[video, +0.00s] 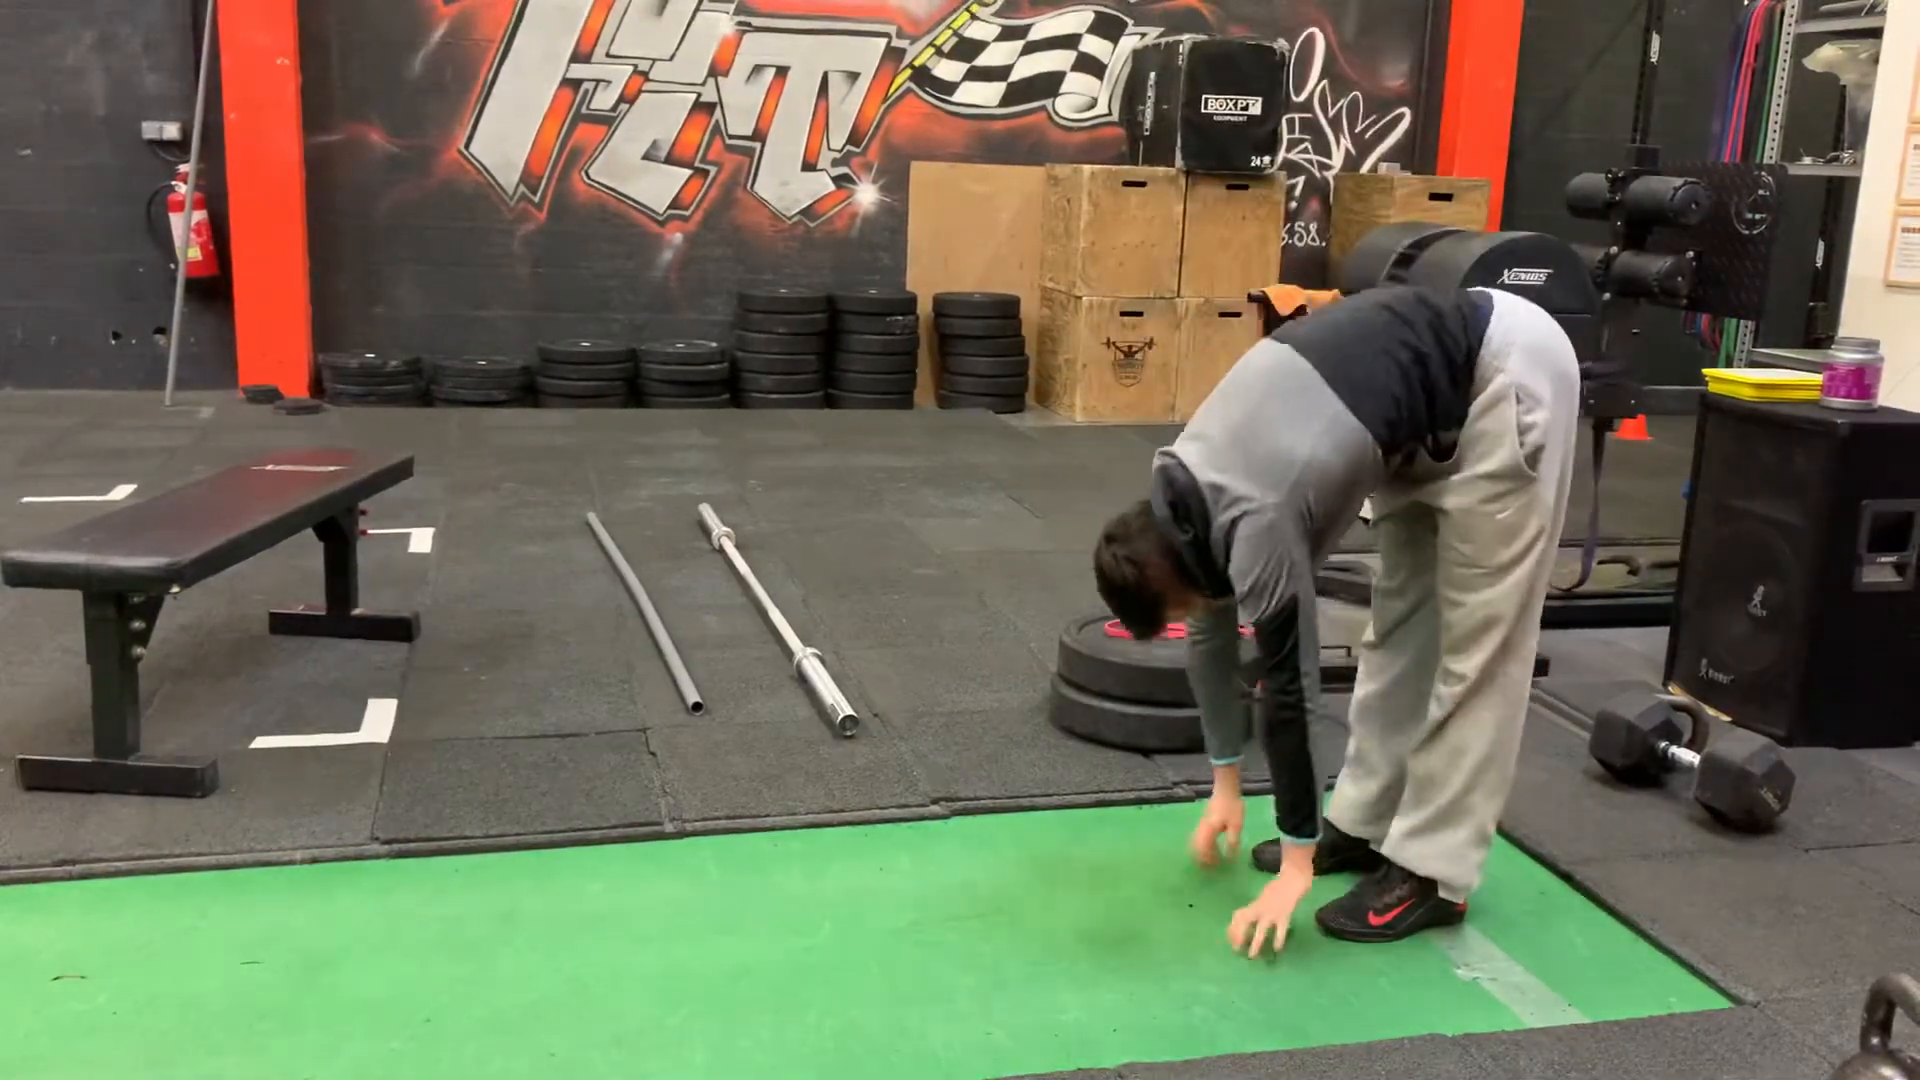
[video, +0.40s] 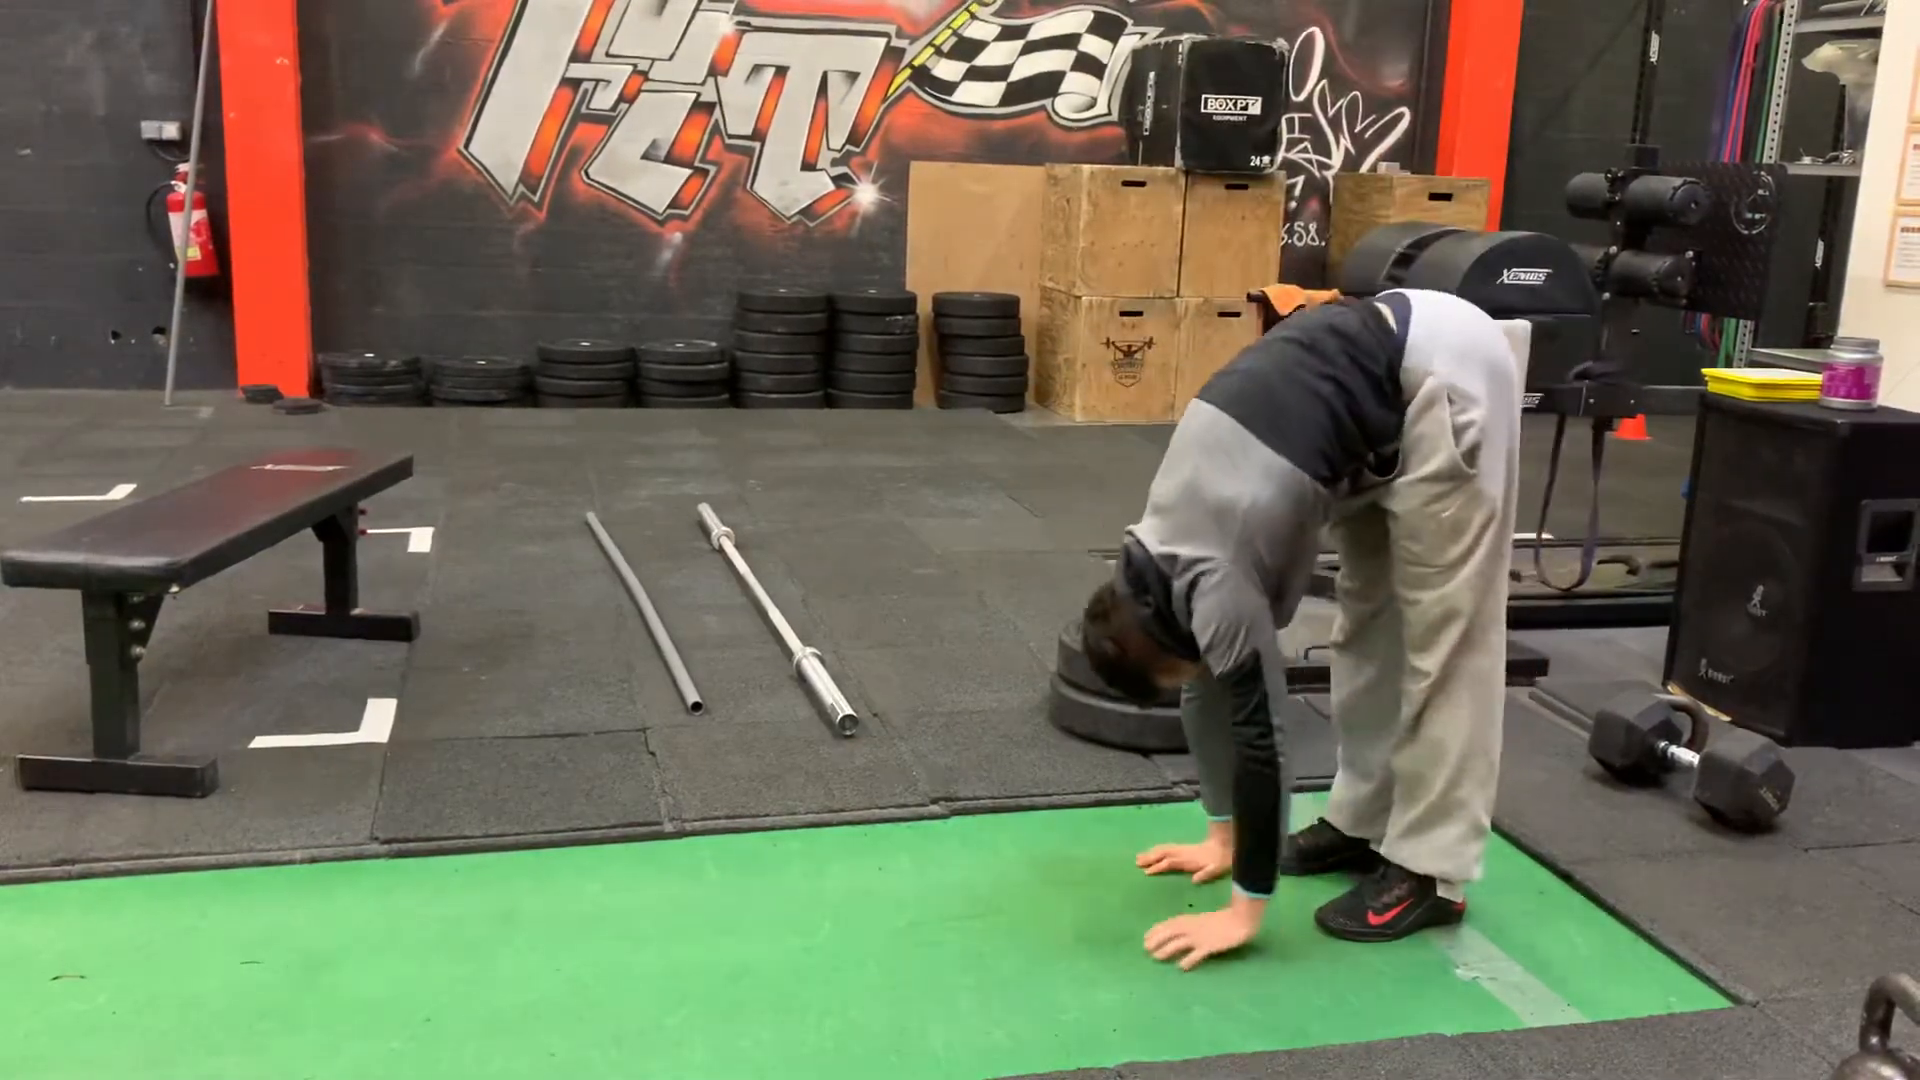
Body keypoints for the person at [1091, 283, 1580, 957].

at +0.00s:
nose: (1184, 626)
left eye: (1177, 617)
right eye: (1173, 625)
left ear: (1177, 571)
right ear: (1151, 551)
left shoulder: (1257, 523)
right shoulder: (1180, 488)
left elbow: (1286, 697)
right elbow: (1212, 641)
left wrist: (1295, 866)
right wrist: (1225, 788)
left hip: (1505, 371)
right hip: (1413, 376)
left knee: (1475, 644)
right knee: (1398, 628)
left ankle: (1436, 871)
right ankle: (1365, 826)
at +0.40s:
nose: (1186, 683)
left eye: (1177, 678)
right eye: (1177, 685)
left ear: (1157, 637)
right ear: (1138, 620)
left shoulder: (1217, 586)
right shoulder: (1155, 562)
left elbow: (1258, 743)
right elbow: (1208, 699)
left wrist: (1246, 909)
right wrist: (1223, 837)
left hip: (1445, 365)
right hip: (1364, 366)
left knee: (1442, 632)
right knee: (1368, 624)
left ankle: (1430, 871)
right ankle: (1364, 819)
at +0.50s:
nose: (1166, 693)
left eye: (1155, 688)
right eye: (1155, 693)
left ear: (1129, 649)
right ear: (1114, 626)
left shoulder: (1191, 600)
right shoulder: (1136, 563)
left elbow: (1204, 759)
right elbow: (1208, 693)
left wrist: (1167, 922)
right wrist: (1211, 830)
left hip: (1422, 365)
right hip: (1344, 367)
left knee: (1432, 634)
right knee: (1358, 627)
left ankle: (1431, 870)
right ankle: (1363, 823)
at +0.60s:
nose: (1125, 697)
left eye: (1108, 690)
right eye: (1113, 695)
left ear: (1088, 653)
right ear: (1080, 629)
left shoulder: (1159, 599)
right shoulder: (1103, 560)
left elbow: (1176, 759)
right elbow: (1175, 693)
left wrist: (1165, 925)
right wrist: (1187, 825)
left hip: (1390, 369)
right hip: (1317, 374)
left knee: (1415, 631)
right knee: (1346, 625)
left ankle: (1428, 870)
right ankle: (1363, 821)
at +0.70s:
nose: (1073, 700)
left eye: (1064, 693)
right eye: (1062, 700)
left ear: (1056, 649)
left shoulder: (1128, 600)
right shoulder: (1058, 565)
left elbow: (1153, 761)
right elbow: (1095, 688)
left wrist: (1161, 923)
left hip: (1360, 370)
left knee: (1393, 632)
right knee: (1329, 629)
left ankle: (1429, 871)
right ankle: (1358, 819)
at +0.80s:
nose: (1018, 696)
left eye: (1009, 685)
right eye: (1002, 694)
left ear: (1009, 647)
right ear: (986, 630)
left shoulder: (1094, 611)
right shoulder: (1005, 568)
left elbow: (1133, 766)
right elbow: (1002, 702)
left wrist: (1159, 920)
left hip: (1319, 379)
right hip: (1248, 382)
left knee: (1373, 636)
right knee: (1311, 630)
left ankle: (1425, 871)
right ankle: (1358, 821)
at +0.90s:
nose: (956, 706)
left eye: (950, 695)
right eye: (940, 705)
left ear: (957, 655)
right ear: (933, 637)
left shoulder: (1054, 620)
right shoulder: (955, 580)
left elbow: (1114, 765)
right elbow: (947, 718)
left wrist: (1158, 918)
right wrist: (902, 854)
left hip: (1267, 390)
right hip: (1214, 387)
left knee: (1349, 638)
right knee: (1297, 638)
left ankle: (1423, 867)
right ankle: (1358, 817)